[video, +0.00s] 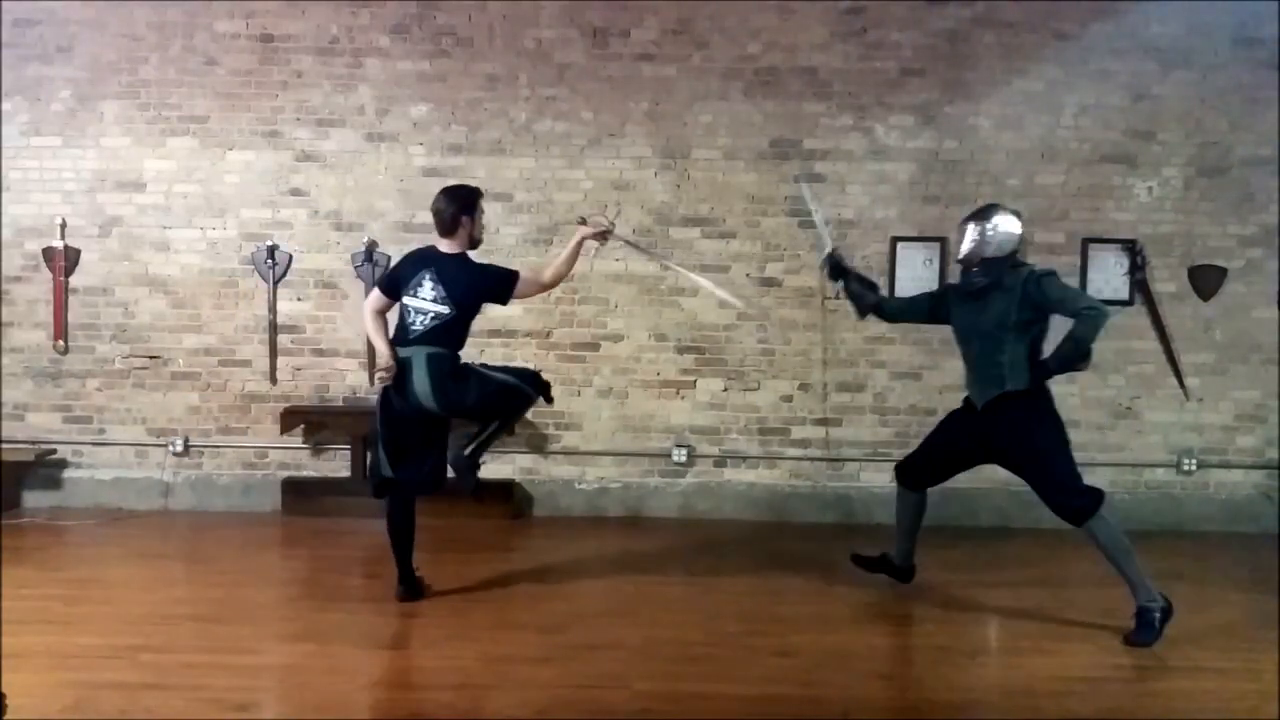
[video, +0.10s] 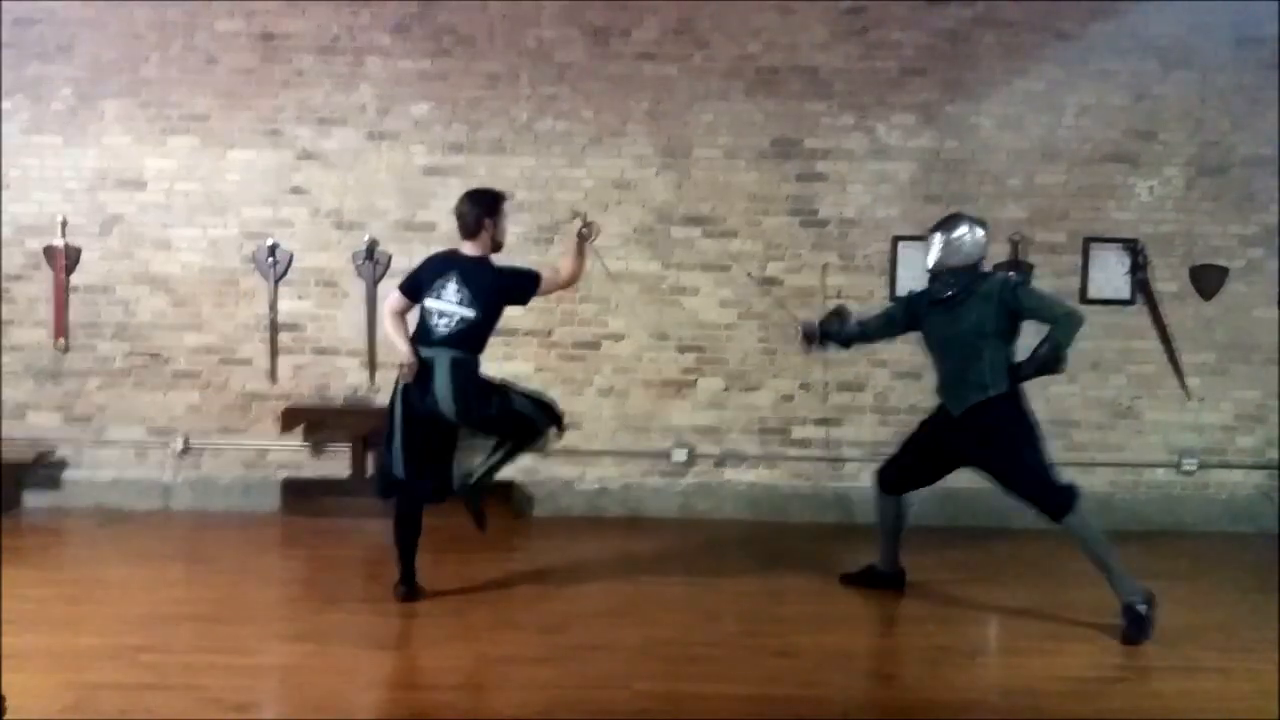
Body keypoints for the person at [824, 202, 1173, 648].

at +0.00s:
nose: (963, 246)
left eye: (971, 237)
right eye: (965, 237)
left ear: (991, 240)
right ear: (997, 243)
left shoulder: (1031, 283)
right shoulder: (955, 296)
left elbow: (1093, 313)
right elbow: (886, 307)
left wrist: (1062, 359)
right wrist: (845, 276)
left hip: (1026, 415)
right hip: (977, 418)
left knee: (1076, 504)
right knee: (911, 474)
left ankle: (1150, 601)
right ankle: (900, 562)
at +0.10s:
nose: (937, 253)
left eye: (945, 244)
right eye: (937, 245)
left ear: (962, 251)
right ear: (951, 253)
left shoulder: (1001, 292)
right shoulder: (924, 304)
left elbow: (1068, 319)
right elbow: (875, 327)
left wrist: (1044, 360)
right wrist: (836, 331)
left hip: (999, 417)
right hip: (952, 421)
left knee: (1056, 502)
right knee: (890, 480)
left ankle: (1132, 599)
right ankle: (887, 569)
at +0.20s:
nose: (900, 269)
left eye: (906, 261)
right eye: (901, 260)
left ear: (920, 264)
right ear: (941, 263)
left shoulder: (977, 302)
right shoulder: (898, 320)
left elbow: (1046, 324)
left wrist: (1019, 370)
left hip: (981, 424)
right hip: (931, 424)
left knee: (1035, 506)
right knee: (869, 483)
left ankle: (1108, 599)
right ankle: (882, 566)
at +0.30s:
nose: (883, 286)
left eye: (890, 275)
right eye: (880, 277)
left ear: (913, 273)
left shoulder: (958, 307)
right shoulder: (880, 336)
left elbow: (1025, 324)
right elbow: (862, 403)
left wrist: (1000, 372)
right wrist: (852, 455)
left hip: (971, 431)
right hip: (918, 432)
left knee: (1031, 510)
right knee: (858, 487)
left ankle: (1096, 598)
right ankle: (880, 565)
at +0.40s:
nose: (874, 296)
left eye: (881, 285)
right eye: (868, 288)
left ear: (904, 284)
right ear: (866, 294)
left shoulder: (948, 313)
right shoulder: (873, 348)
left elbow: (1013, 323)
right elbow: (867, 409)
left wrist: (1002, 367)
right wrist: (866, 465)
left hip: (969, 433)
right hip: (916, 436)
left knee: (1033, 510)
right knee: (856, 490)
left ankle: (1097, 600)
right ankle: (880, 566)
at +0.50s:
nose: (870, 298)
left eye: (876, 287)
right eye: (866, 290)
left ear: (899, 285)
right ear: (865, 295)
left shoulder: (948, 313)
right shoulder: (875, 350)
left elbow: (1015, 323)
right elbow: (870, 411)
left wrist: (1002, 368)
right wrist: (870, 465)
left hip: (972, 431)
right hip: (919, 436)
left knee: (1035, 510)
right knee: (859, 489)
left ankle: (1098, 600)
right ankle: (880, 566)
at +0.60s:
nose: (882, 293)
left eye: (888, 283)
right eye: (878, 285)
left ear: (911, 279)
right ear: (877, 290)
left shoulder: (961, 310)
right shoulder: (885, 343)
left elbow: (1030, 322)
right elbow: (874, 406)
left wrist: (1011, 370)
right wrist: (866, 458)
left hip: (981, 431)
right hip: (928, 433)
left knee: (1043, 508)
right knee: (867, 488)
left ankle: (1112, 595)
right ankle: (880, 566)